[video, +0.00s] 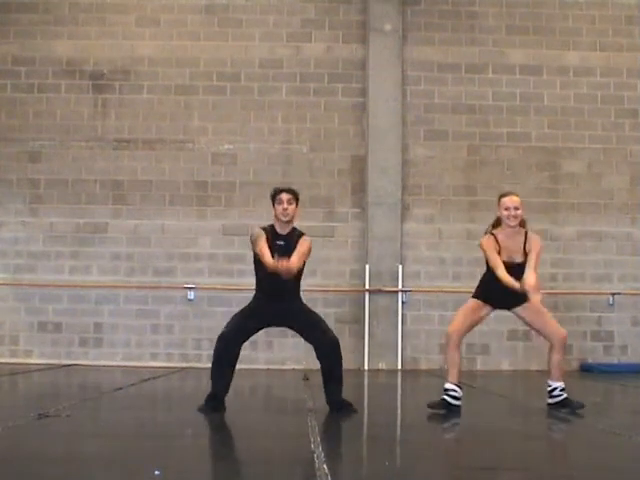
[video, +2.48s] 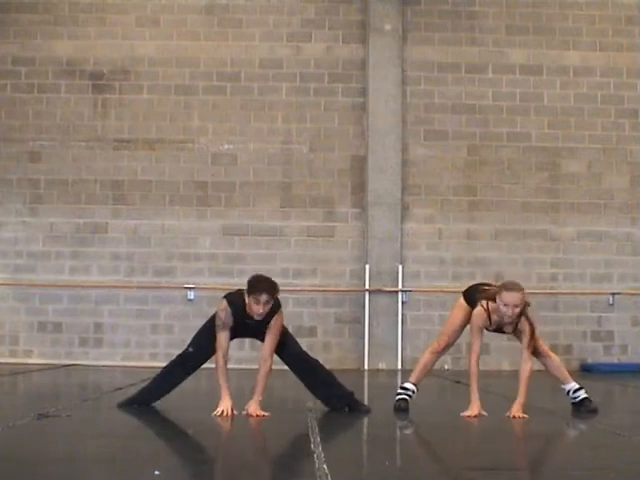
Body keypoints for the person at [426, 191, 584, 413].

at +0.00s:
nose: (512, 213)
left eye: (516, 209)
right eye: (507, 209)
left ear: (522, 211)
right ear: (499, 212)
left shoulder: (532, 240)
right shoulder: (489, 240)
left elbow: (531, 270)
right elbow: (499, 270)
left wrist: (532, 290)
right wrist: (519, 286)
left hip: (518, 296)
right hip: (488, 295)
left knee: (559, 336)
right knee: (453, 334)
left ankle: (556, 394)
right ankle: (452, 395)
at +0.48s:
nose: (506, 188)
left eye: (511, 183)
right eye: (501, 183)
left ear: (516, 184)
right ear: (493, 185)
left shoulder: (520, 196)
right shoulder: (485, 195)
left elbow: (513, 233)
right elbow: (493, 233)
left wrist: (510, 273)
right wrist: (496, 272)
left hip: (513, 264)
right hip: (485, 265)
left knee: (528, 328)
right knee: (474, 328)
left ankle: (542, 384)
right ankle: (460, 386)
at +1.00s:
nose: (506, 291)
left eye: (511, 287)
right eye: (501, 286)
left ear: (518, 284)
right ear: (492, 279)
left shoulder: (519, 302)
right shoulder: (482, 279)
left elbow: (518, 343)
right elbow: (468, 263)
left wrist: (516, 384)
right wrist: (470, 293)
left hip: (505, 344)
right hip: (476, 341)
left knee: (545, 353)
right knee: (445, 352)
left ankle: (507, 388)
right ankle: (473, 389)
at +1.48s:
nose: (500, 313)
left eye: (497, 315)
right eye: (500, 314)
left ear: (502, 316)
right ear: (499, 314)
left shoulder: (521, 315)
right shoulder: (490, 284)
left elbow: (514, 361)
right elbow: (493, 239)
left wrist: (513, 403)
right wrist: (499, 203)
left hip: (515, 312)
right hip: (479, 294)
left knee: (540, 347)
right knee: (445, 334)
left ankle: (568, 382)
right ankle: (410, 376)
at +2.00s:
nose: (509, 291)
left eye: (515, 291)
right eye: (511, 286)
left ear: (522, 299)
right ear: (509, 282)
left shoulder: (520, 320)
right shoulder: (500, 276)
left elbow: (518, 362)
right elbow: (487, 238)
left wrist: (513, 404)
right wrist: (478, 200)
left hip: (500, 322)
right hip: (474, 303)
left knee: (537, 351)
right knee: (441, 345)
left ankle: (577, 391)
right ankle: (407, 389)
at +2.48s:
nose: (511, 311)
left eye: (516, 307)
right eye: (506, 305)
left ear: (523, 306)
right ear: (496, 302)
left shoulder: (523, 323)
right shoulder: (482, 313)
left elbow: (526, 362)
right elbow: (475, 357)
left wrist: (519, 403)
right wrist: (475, 402)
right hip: (474, 299)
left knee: (543, 352)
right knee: (442, 345)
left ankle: (576, 393)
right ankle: (407, 389)